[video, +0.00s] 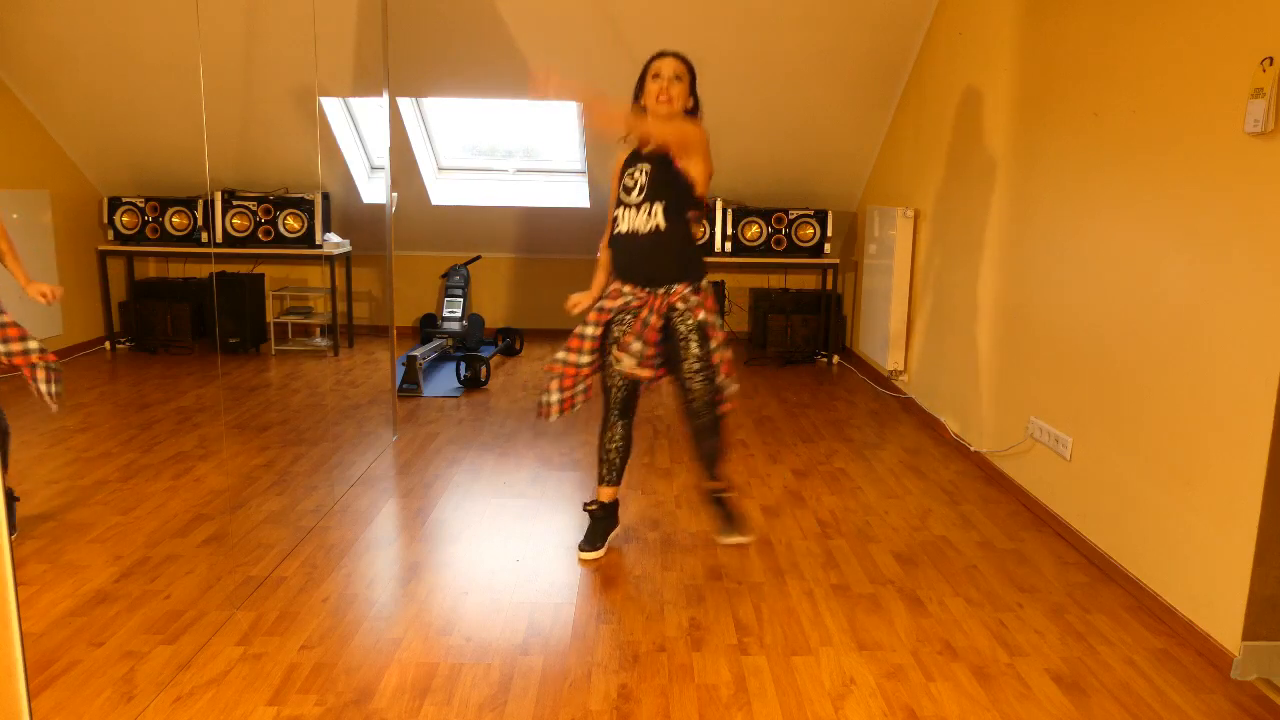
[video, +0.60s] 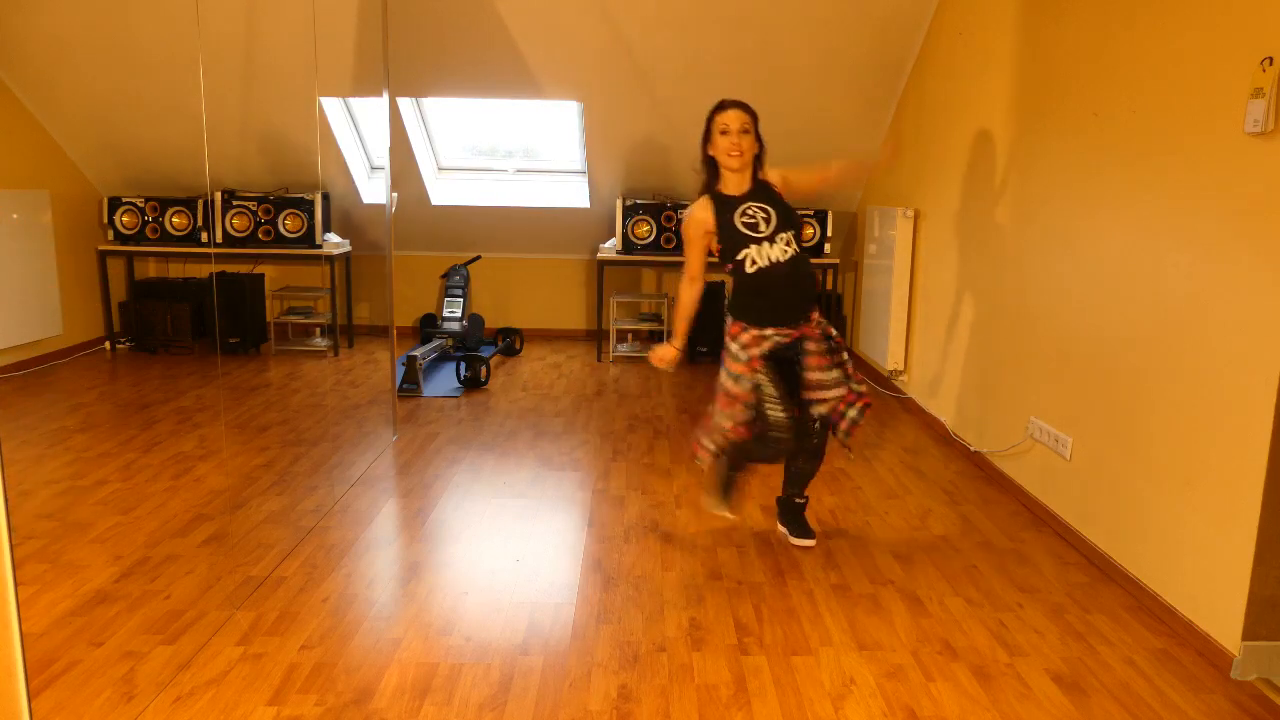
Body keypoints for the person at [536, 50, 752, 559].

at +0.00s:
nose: (664, 86)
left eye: (675, 80)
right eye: (655, 78)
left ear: (691, 94)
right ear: (640, 91)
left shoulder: (693, 139)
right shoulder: (628, 152)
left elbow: (642, 124)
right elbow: (614, 225)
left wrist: (573, 95)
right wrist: (596, 288)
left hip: (681, 293)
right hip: (628, 292)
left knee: (700, 396)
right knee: (617, 401)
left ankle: (718, 492)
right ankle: (604, 506)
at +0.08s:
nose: (665, 79)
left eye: (679, 74)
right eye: (658, 73)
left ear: (695, 95)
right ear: (645, 88)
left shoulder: (697, 136)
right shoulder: (636, 156)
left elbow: (645, 81)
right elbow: (626, 228)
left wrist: (593, 24)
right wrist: (608, 286)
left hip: (693, 294)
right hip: (638, 297)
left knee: (725, 399)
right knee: (626, 402)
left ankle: (757, 489)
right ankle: (607, 506)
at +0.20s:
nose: (682, 108)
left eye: (692, 99)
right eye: (672, 97)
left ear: (704, 109)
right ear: (658, 107)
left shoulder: (713, 157)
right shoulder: (656, 174)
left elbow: (698, 69)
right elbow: (643, 245)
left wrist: (673, 8)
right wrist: (625, 299)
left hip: (712, 307)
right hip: (658, 310)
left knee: (749, 412)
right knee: (640, 414)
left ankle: (786, 499)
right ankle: (615, 513)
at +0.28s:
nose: (693, 119)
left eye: (704, 111)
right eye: (684, 110)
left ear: (720, 122)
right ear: (671, 121)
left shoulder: (730, 173)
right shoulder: (667, 187)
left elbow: (737, 82)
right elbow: (657, 258)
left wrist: (729, 14)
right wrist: (642, 311)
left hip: (737, 315)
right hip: (680, 317)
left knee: (759, 416)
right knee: (653, 415)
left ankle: (789, 503)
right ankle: (618, 516)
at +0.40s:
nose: (714, 131)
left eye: (724, 123)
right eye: (704, 123)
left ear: (738, 133)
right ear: (690, 134)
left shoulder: (756, 171)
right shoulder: (683, 203)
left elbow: (793, 95)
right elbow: (674, 268)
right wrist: (656, 320)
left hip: (782, 319)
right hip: (719, 323)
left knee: (793, 424)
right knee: (669, 417)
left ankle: (790, 505)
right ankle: (623, 507)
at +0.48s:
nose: (724, 137)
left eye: (734, 129)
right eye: (714, 129)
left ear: (748, 138)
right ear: (699, 141)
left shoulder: (766, 170)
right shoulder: (692, 213)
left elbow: (820, 121)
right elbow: (680, 274)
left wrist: (866, 69)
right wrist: (659, 326)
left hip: (798, 320)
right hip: (738, 325)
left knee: (808, 424)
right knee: (703, 422)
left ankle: (791, 503)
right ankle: (655, 489)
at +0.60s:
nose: (735, 141)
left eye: (744, 132)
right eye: (724, 133)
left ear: (757, 142)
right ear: (710, 146)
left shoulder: (772, 181)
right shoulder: (703, 213)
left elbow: (826, 177)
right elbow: (692, 281)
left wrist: (872, 164)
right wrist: (677, 342)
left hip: (804, 325)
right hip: (753, 333)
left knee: (816, 429)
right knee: (780, 435)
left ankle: (792, 505)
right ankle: (731, 457)